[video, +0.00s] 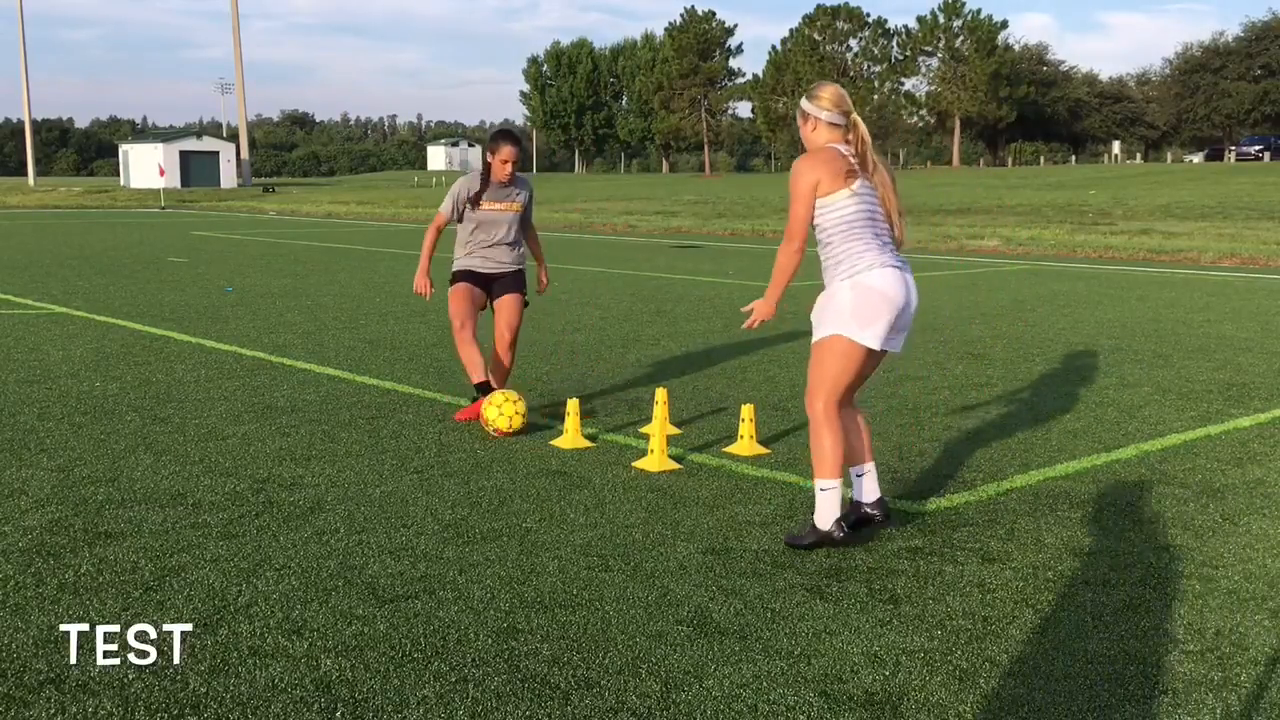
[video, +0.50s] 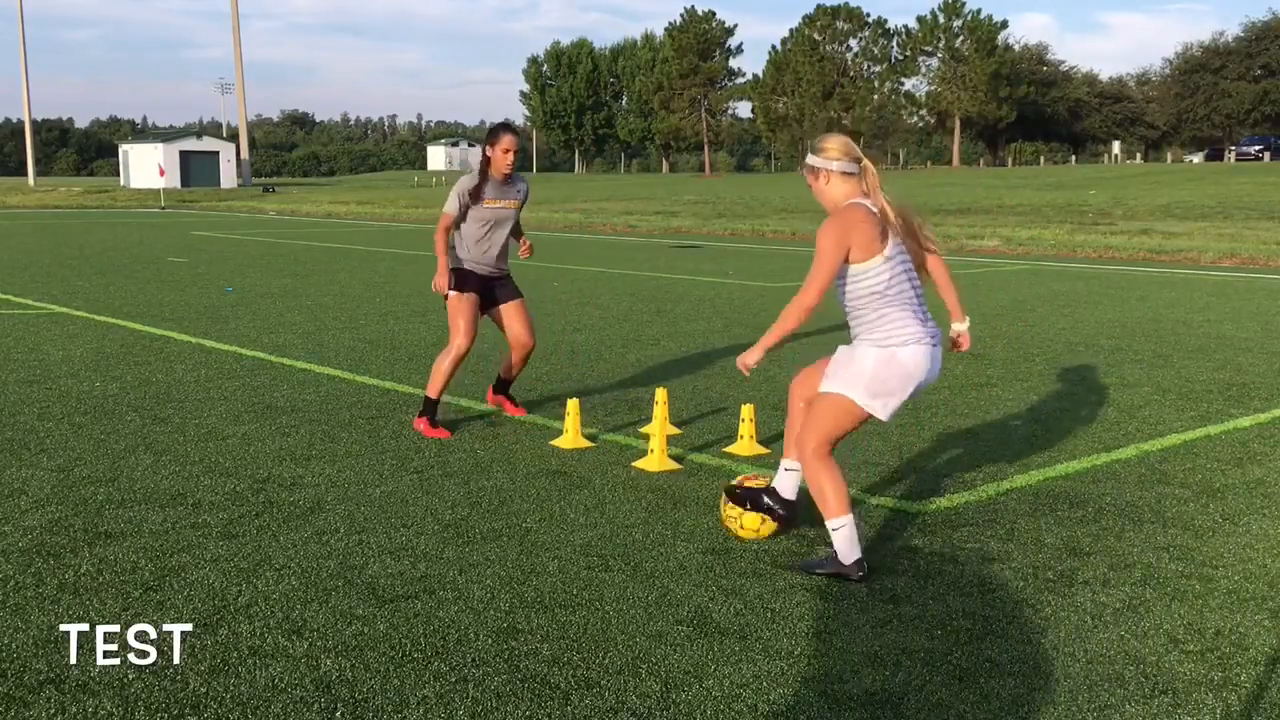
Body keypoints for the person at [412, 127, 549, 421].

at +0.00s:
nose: (510, 169)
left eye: (514, 162)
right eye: (504, 162)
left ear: (519, 160)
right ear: (489, 157)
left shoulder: (523, 187)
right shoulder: (465, 186)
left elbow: (526, 226)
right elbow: (436, 226)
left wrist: (541, 262)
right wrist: (422, 270)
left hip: (510, 270)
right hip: (469, 268)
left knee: (507, 341)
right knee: (461, 324)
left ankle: (494, 403)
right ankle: (484, 395)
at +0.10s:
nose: (507, 159)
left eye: (511, 152)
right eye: (501, 152)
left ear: (516, 151)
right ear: (486, 147)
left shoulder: (519, 179)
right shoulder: (460, 175)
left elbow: (521, 217)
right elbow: (429, 209)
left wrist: (529, 251)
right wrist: (417, 253)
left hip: (505, 261)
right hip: (465, 259)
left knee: (507, 334)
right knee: (470, 321)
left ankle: (491, 402)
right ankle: (482, 399)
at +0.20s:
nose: (503, 148)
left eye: (508, 141)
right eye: (497, 141)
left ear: (512, 140)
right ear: (482, 137)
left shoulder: (514, 166)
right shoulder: (458, 163)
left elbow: (512, 202)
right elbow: (427, 197)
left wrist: (517, 227)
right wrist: (418, 243)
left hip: (499, 254)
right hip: (461, 250)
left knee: (513, 328)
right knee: (470, 321)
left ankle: (493, 402)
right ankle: (453, 404)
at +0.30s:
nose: (502, 152)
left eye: (506, 145)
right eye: (496, 145)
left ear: (509, 147)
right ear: (480, 145)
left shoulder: (510, 177)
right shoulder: (456, 176)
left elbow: (503, 214)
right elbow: (425, 206)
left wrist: (511, 228)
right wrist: (418, 253)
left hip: (493, 263)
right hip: (457, 262)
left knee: (527, 324)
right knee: (461, 337)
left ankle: (496, 388)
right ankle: (427, 413)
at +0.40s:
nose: (505, 162)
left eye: (509, 156)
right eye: (499, 155)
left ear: (511, 159)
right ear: (482, 156)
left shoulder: (512, 192)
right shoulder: (460, 190)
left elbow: (500, 231)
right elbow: (431, 228)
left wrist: (512, 247)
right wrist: (422, 276)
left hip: (489, 276)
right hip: (455, 273)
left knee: (529, 334)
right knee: (463, 343)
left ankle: (501, 381)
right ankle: (425, 416)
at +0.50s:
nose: (512, 158)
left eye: (516, 152)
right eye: (506, 151)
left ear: (518, 155)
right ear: (489, 152)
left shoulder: (519, 187)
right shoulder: (468, 185)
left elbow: (511, 221)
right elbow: (442, 229)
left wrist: (521, 240)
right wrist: (443, 268)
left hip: (499, 275)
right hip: (465, 272)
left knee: (524, 343)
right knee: (462, 340)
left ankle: (499, 393)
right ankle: (426, 416)